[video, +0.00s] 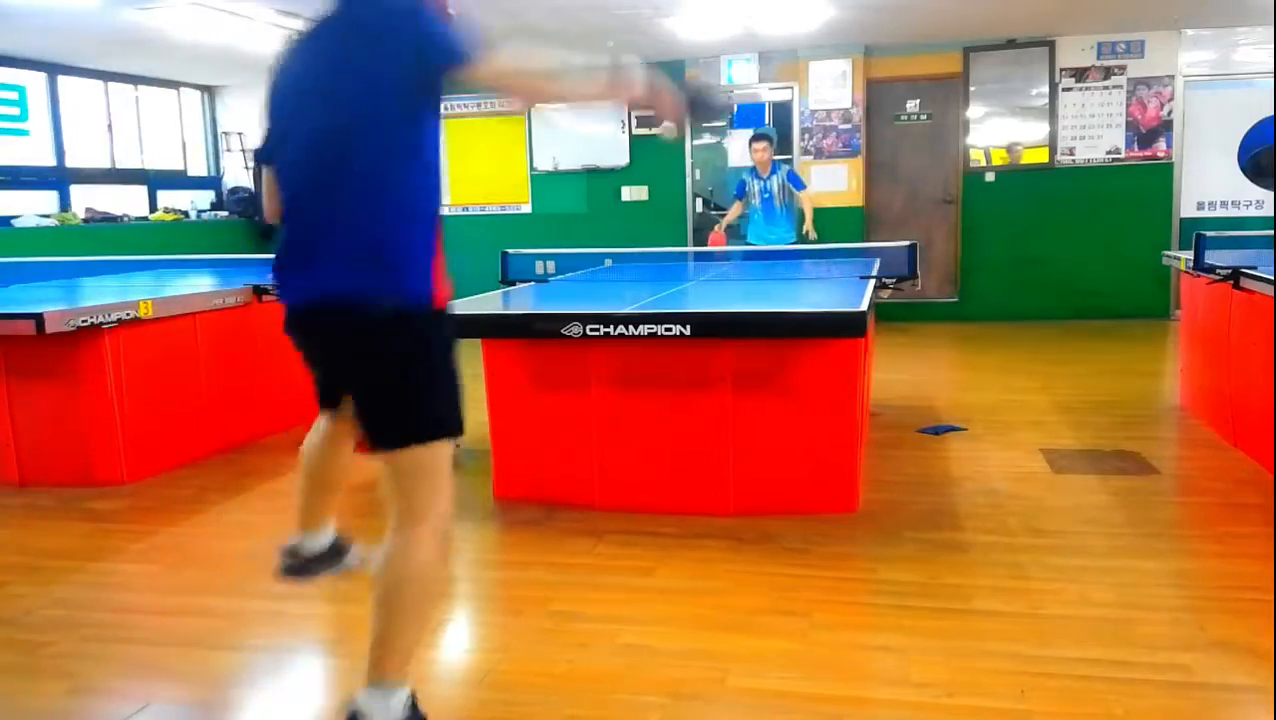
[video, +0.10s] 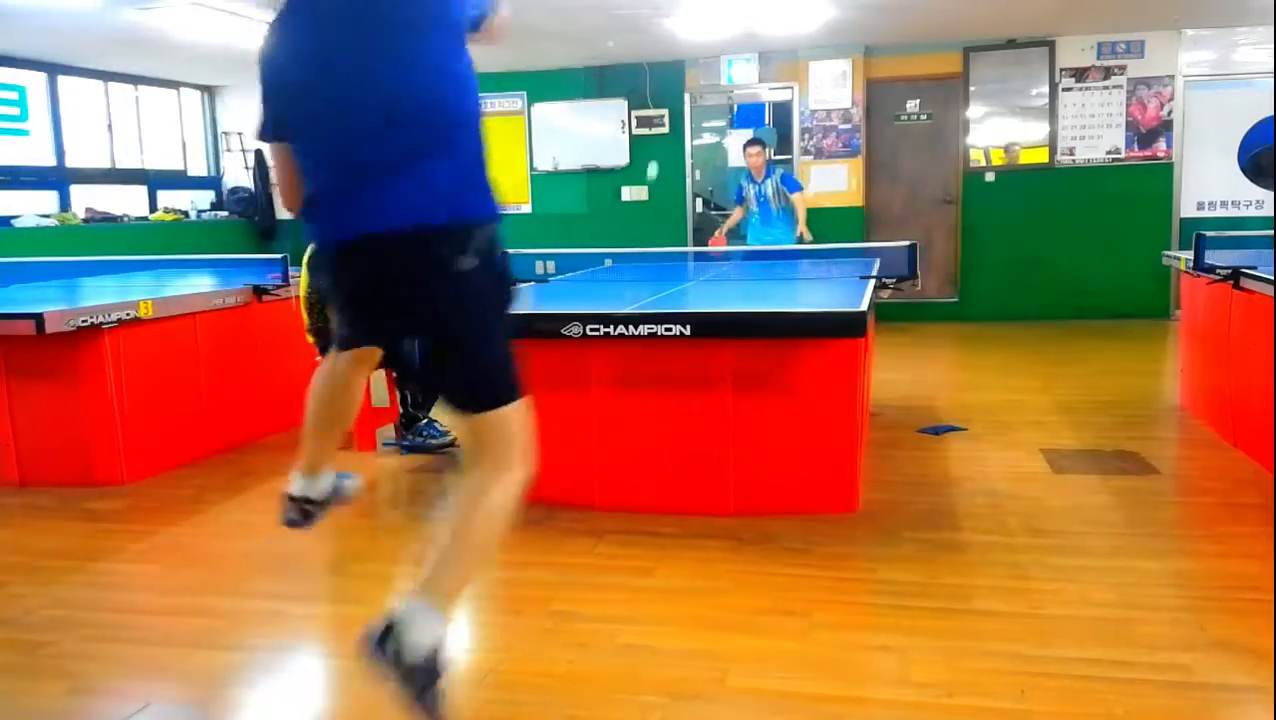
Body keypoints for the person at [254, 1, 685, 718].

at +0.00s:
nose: (448, 10)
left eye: (444, 9)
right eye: (443, 5)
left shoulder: (296, 56)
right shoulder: (409, 25)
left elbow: (274, 203)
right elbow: (521, 83)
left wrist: (350, 185)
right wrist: (620, 85)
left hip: (308, 292)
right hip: (391, 295)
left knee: (341, 411)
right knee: (423, 517)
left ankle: (309, 542)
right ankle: (383, 699)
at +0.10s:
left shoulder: (284, 35)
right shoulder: (429, 3)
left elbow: (290, 193)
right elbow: (493, 25)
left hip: (348, 249)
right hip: (449, 234)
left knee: (349, 350)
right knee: (503, 456)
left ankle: (308, 482)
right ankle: (419, 622)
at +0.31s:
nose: (435, 15)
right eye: (434, 8)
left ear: (356, 19)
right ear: (427, 8)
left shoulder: (333, 106)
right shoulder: (489, 64)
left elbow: (314, 266)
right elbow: (551, 162)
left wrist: (360, 331)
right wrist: (470, 188)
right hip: (533, 328)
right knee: (627, 483)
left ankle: (390, 711)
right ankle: (721, 632)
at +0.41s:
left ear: (382, 75)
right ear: (459, 65)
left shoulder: (378, 186)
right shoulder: (530, 149)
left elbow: (357, 332)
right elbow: (615, 236)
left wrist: (374, 392)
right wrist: (564, 288)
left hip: (468, 427)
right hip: (568, 402)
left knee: (381, 590)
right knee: (630, 523)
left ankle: (388, 712)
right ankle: (725, 649)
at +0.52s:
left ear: (424, 62)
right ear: (498, 56)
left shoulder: (405, 164)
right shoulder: (563, 139)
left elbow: (385, 297)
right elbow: (638, 244)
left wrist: (390, 372)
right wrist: (625, 298)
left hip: (479, 397)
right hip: (580, 382)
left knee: (403, 552)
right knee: (644, 514)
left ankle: (385, 696)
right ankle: (727, 646)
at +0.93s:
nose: (549, 45)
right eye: (548, 36)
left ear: (469, 43)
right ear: (541, 42)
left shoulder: (431, 123)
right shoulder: (586, 102)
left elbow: (385, 242)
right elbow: (660, 196)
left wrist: (406, 303)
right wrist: (629, 259)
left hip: (471, 362)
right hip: (574, 356)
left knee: (409, 509)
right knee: (640, 503)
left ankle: (345, 661)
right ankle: (669, 664)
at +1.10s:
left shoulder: (426, 17)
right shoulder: (576, 8)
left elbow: (376, 113)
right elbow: (663, 66)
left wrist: (404, 195)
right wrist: (651, 150)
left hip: (482, 278)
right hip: (580, 268)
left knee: (422, 449)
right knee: (630, 462)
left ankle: (362, 611)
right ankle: (675, 627)